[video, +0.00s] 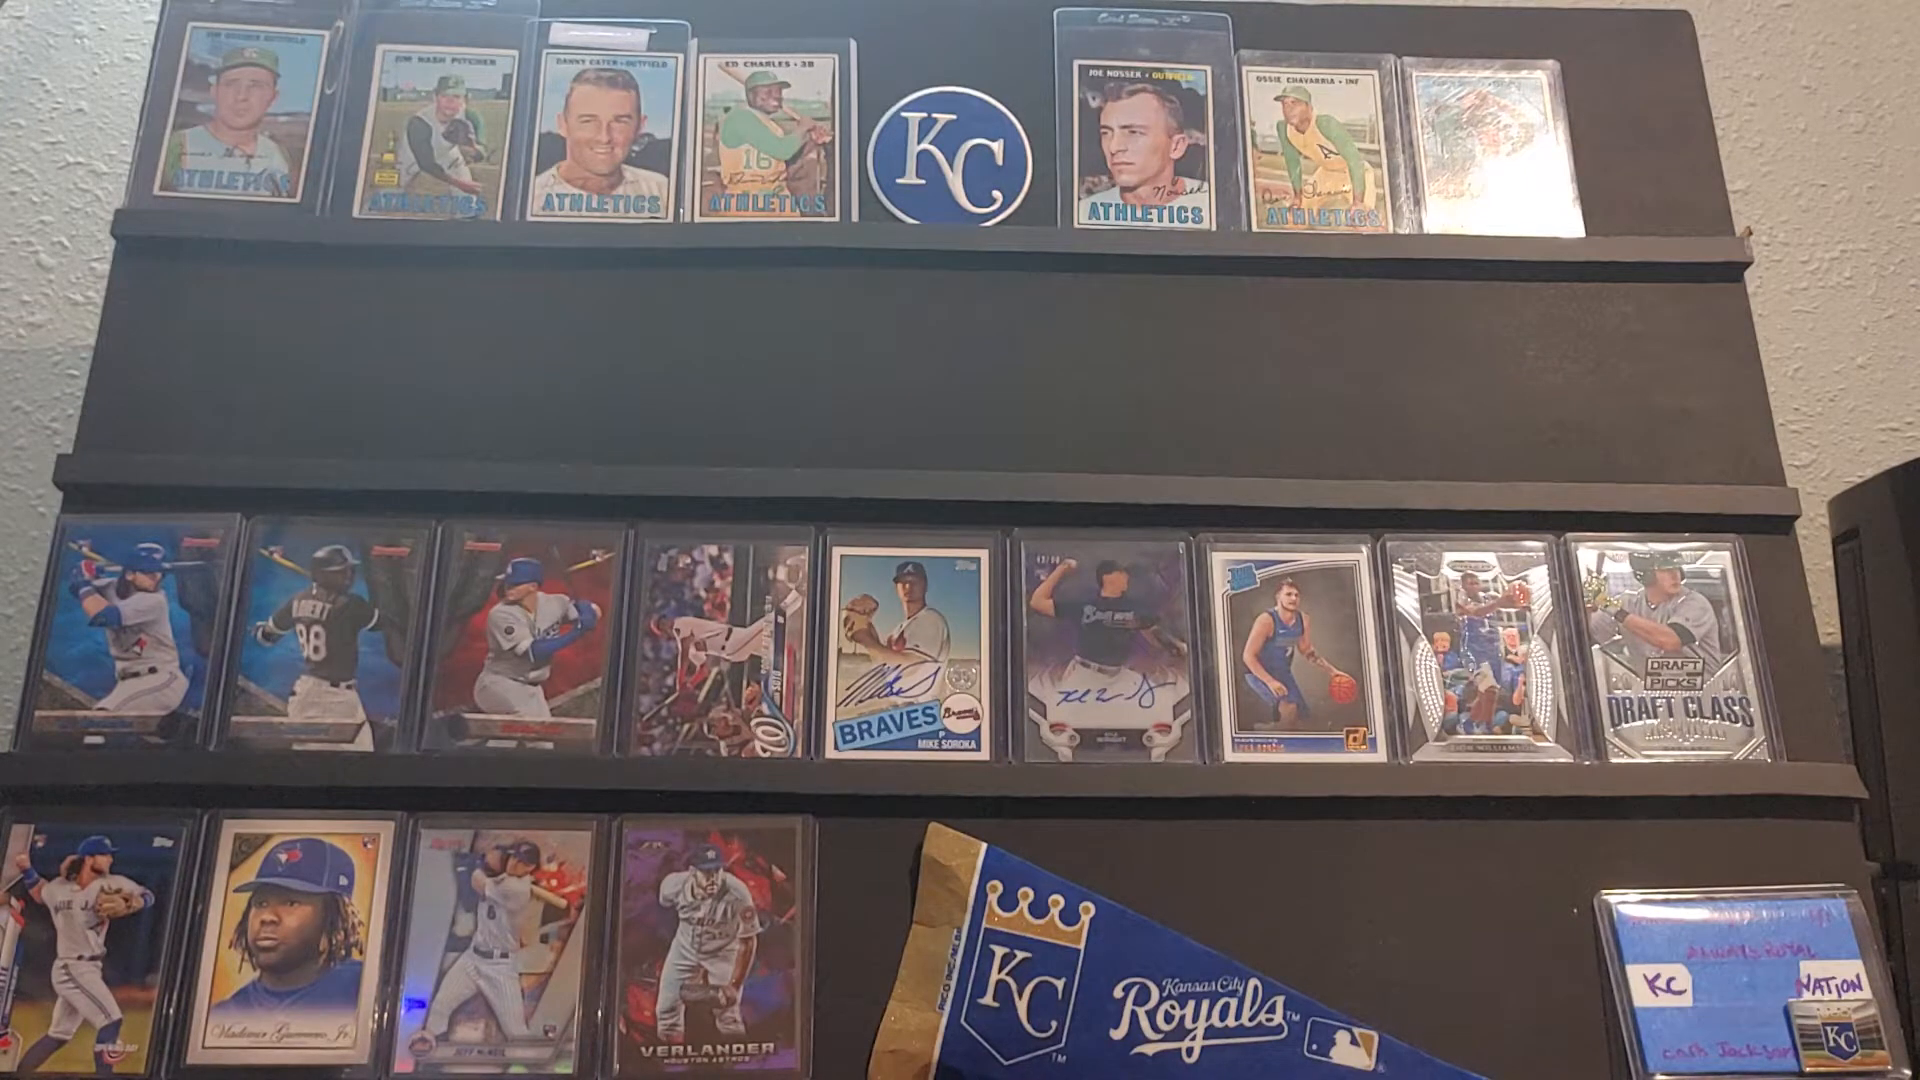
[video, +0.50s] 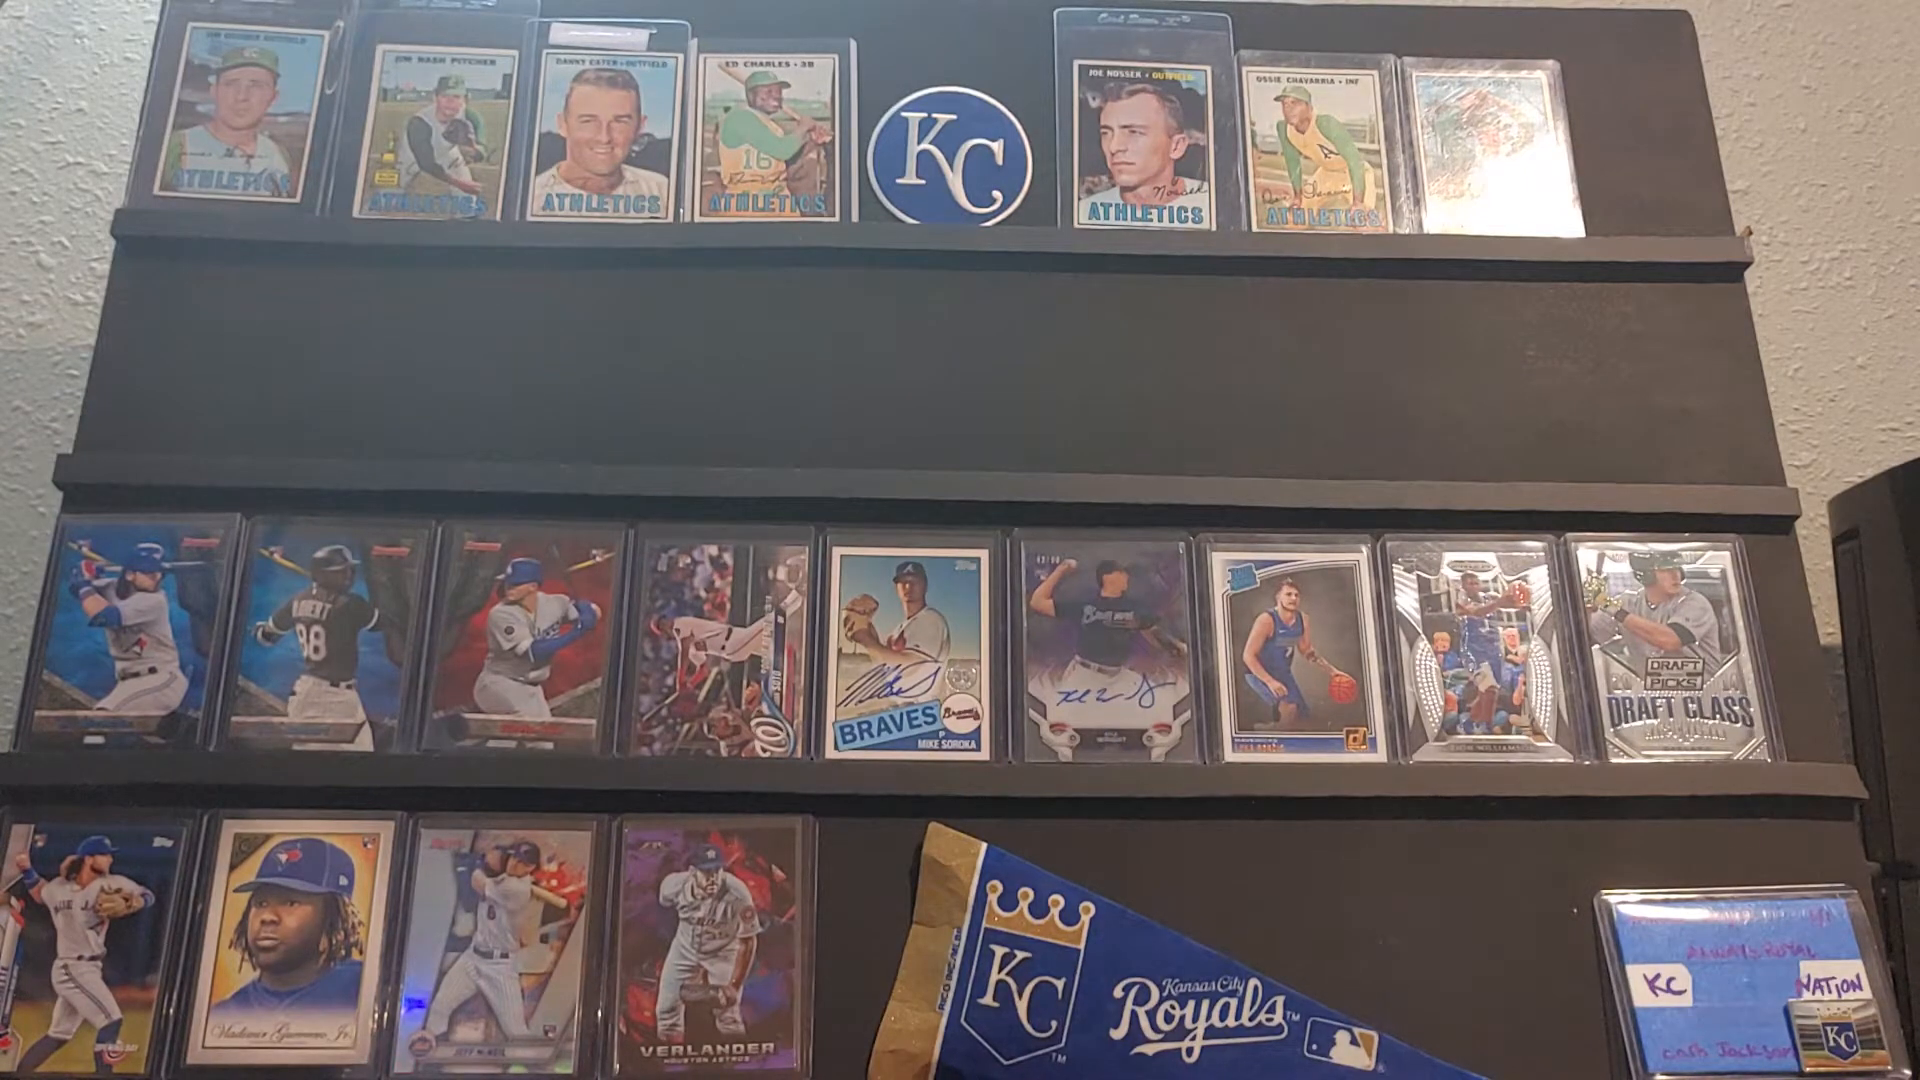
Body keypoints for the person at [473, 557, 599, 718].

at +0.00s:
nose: (508, 588)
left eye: (514, 584)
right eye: (507, 584)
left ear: (533, 586)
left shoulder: (555, 603)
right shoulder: (500, 614)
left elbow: (580, 607)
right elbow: (532, 652)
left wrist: (587, 614)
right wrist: (576, 633)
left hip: (531, 688)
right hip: (497, 684)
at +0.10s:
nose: (508, 588)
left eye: (514, 584)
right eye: (507, 584)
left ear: (533, 586)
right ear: (504, 584)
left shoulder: (554, 603)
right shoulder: (500, 614)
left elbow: (581, 607)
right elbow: (531, 652)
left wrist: (587, 614)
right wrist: (576, 633)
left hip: (531, 688)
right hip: (497, 684)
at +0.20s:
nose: (508, 589)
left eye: (514, 584)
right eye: (507, 584)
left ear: (533, 586)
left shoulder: (555, 603)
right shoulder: (500, 614)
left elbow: (580, 607)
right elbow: (532, 652)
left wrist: (587, 614)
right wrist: (576, 632)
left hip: (531, 688)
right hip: (497, 684)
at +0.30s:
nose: (508, 588)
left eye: (515, 584)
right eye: (507, 584)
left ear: (533, 586)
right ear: (504, 584)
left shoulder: (554, 603)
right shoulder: (500, 614)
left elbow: (580, 607)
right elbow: (532, 652)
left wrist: (587, 614)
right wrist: (576, 632)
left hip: (531, 688)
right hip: (497, 684)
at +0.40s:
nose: (508, 589)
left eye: (515, 584)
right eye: (507, 584)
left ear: (533, 587)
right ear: (504, 584)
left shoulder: (554, 603)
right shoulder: (500, 614)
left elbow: (580, 607)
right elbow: (532, 652)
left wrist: (587, 614)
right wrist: (576, 633)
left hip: (531, 688)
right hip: (497, 684)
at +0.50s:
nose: (508, 588)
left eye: (514, 584)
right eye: (507, 584)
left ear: (533, 586)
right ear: (504, 584)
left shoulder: (554, 603)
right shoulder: (500, 614)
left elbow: (579, 607)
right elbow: (532, 652)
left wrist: (587, 614)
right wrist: (576, 633)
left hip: (531, 688)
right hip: (497, 684)